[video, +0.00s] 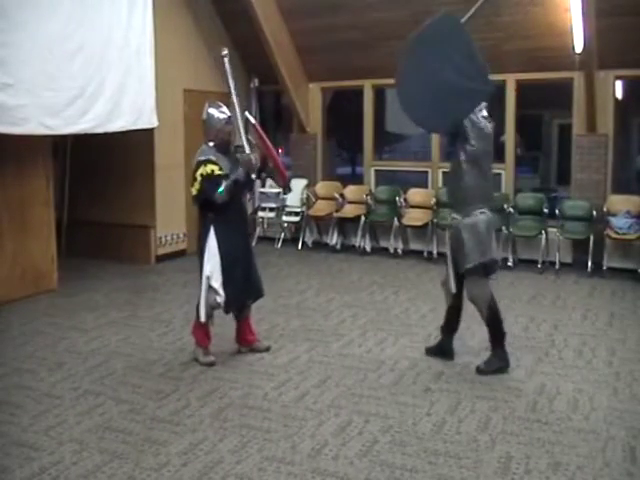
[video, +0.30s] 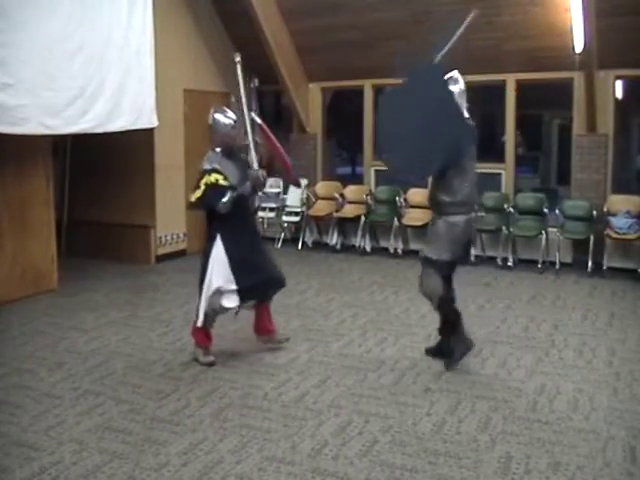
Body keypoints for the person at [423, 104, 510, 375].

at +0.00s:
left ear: (460, 101)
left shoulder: (475, 129)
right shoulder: (462, 130)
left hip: (476, 217)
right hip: (460, 217)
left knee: (477, 289)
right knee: (452, 285)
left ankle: (499, 353)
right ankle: (446, 342)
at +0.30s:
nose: (423, 108)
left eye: (425, 100)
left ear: (437, 99)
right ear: (454, 97)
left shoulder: (451, 130)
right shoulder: (464, 129)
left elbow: (425, 164)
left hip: (450, 216)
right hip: (458, 214)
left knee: (430, 281)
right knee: (442, 279)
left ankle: (459, 338)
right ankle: (446, 339)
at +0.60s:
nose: (432, 116)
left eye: (437, 110)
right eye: (430, 110)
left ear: (448, 112)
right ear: (428, 112)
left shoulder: (449, 143)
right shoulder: (439, 142)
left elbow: (424, 177)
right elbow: (424, 176)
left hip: (448, 226)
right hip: (441, 223)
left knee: (415, 282)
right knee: (424, 279)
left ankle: (422, 348)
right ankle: (445, 330)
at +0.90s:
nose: (446, 118)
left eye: (450, 114)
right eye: (448, 113)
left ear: (453, 119)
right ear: (466, 120)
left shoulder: (447, 150)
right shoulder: (469, 149)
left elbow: (425, 181)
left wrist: (410, 149)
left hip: (444, 223)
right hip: (463, 222)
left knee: (416, 282)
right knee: (461, 284)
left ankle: (422, 349)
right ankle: (483, 333)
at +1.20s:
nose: (453, 117)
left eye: (457, 112)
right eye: (454, 112)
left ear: (466, 114)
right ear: (470, 116)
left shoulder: (466, 145)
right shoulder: (473, 141)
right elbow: (446, 167)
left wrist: (423, 150)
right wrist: (430, 151)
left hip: (454, 221)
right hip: (465, 220)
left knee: (433, 278)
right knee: (465, 280)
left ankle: (421, 341)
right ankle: (484, 333)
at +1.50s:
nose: (443, 114)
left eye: (449, 109)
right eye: (441, 109)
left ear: (458, 113)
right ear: (438, 110)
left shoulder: (461, 142)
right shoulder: (435, 139)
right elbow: (415, 161)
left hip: (454, 220)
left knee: (432, 278)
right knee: (468, 279)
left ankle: (422, 342)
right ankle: (485, 333)